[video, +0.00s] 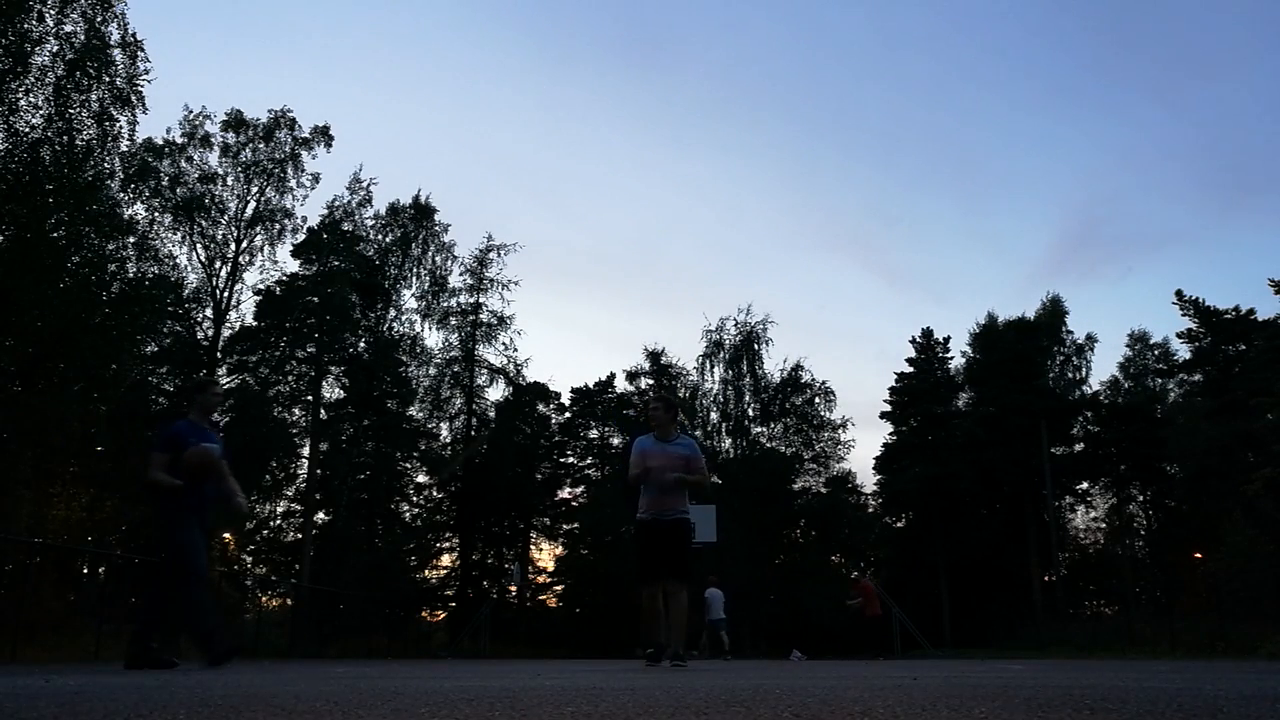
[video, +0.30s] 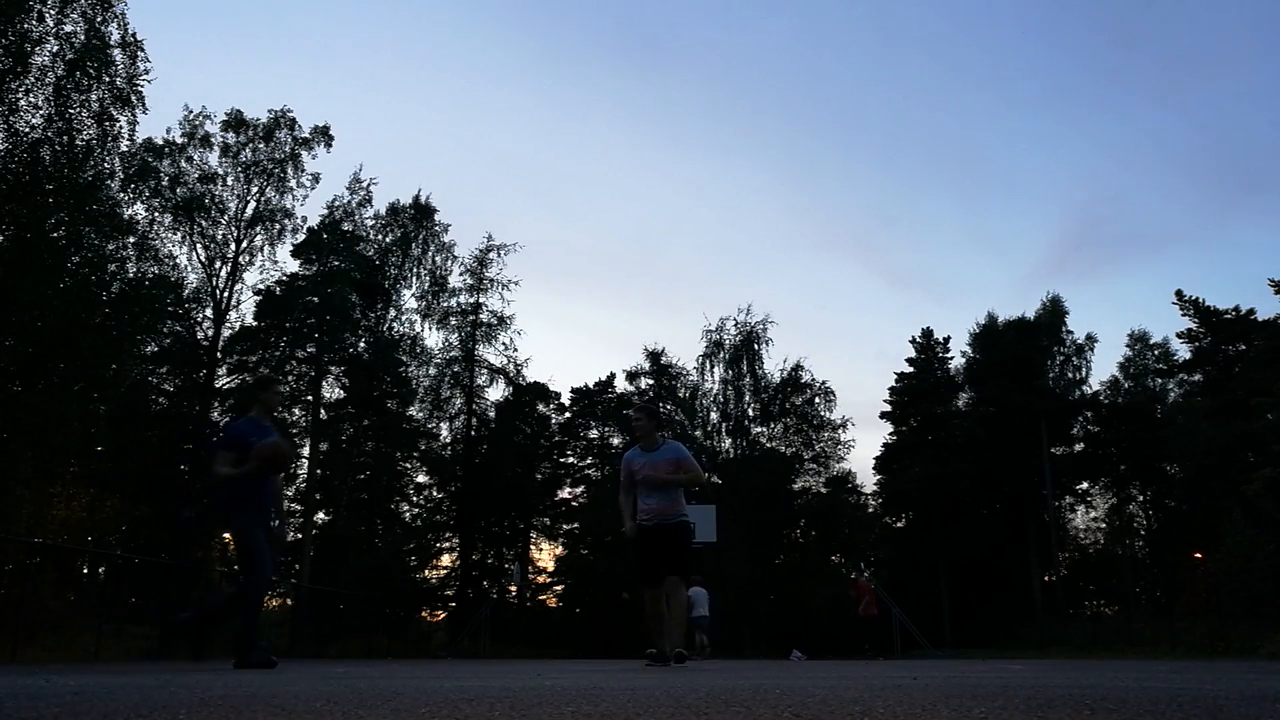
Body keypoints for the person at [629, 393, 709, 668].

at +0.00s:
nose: (651, 414)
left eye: (656, 410)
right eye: (650, 410)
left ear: (671, 414)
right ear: (651, 415)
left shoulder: (689, 445)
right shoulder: (641, 444)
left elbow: (704, 480)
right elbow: (632, 478)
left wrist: (678, 477)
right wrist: (646, 472)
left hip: (677, 521)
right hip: (647, 521)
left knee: (677, 585)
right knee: (650, 585)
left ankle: (677, 649)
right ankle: (655, 646)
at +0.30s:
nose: (634, 425)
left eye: (639, 420)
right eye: (633, 421)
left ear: (654, 422)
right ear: (634, 425)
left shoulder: (675, 449)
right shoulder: (630, 458)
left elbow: (698, 477)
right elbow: (625, 493)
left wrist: (663, 479)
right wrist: (628, 521)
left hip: (675, 525)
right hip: (646, 527)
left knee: (675, 585)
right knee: (652, 588)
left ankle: (677, 647)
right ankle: (659, 648)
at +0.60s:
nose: (632, 428)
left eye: (636, 423)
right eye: (630, 424)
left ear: (650, 425)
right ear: (631, 428)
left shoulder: (669, 450)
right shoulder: (630, 461)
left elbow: (691, 478)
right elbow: (623, 494)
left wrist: (658, 479)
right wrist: (617, 520)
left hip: (677, 525)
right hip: (648, 528)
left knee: (689, 585)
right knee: (657, 590)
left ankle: (708, 646)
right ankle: (663, 651)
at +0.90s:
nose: (648, 427)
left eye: (653, 422)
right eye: (645, 423)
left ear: (662, 426)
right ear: (640, 428)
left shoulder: (678, 451)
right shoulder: (635, 461)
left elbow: (695, 481)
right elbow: (620, 495)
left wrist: (672, 477)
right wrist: (631, 519)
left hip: (682, 527)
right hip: (652, 529)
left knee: (693, 586)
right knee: (658, 590)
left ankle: (706, 644)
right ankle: (663, 650)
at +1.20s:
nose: (671, 430)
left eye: (675, 426)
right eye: (667, 426)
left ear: (681, 430)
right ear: (660, 430)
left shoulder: (694, 457)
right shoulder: (650, 460)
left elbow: (711, 486)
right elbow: (635, 492)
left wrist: (702, 483)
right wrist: (649, 479)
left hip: (688, 530)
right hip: (659, 530)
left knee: (691, 590)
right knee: (661, 591)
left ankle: (693, 649)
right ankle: (663, 650)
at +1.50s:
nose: (688, 433)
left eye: (692, 430)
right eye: (684, 429)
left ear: (698, 434)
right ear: (676, 433)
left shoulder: (702, 458)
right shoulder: (667, 456)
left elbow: (720, 455)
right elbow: (655, 449)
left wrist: (731, 443)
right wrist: (652, 427)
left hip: (694, 531)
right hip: (667, 531)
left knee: (694, 592)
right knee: (666, 590)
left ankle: (692, 651)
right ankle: (664, 650)